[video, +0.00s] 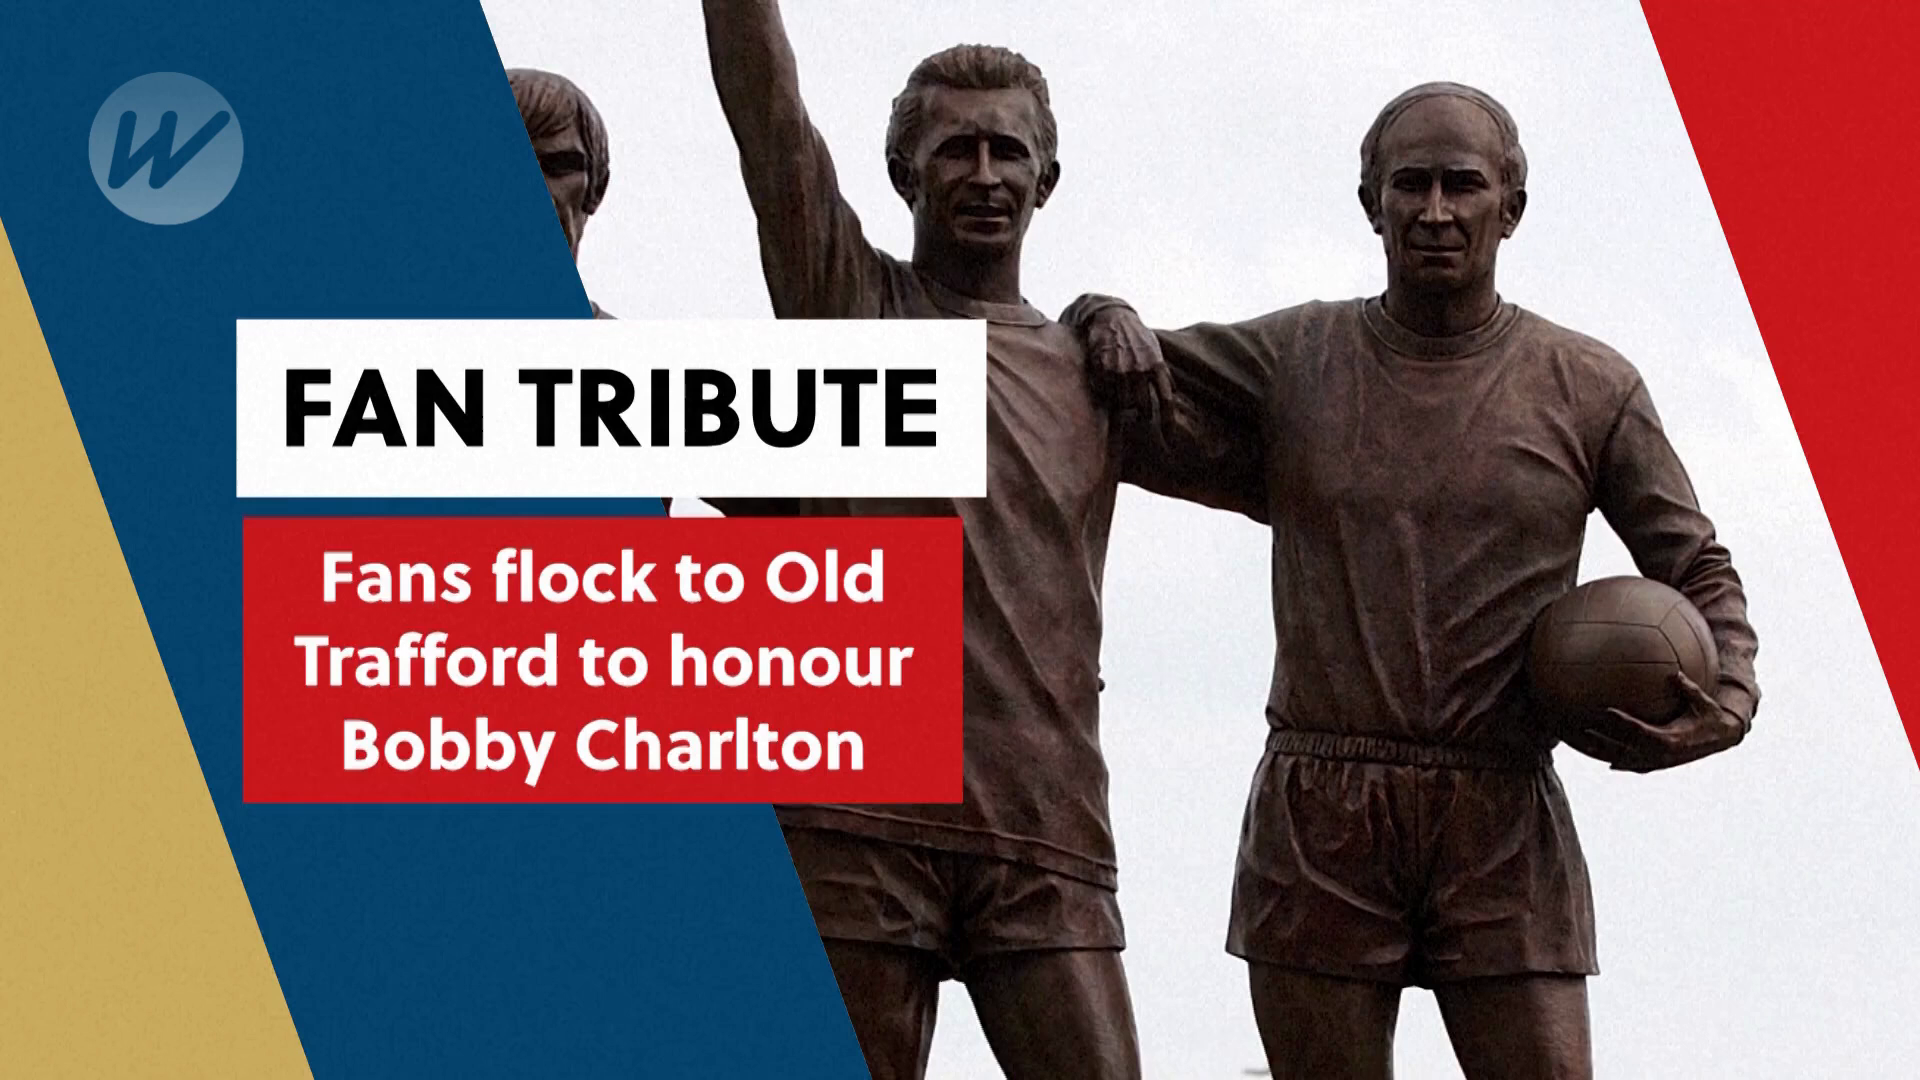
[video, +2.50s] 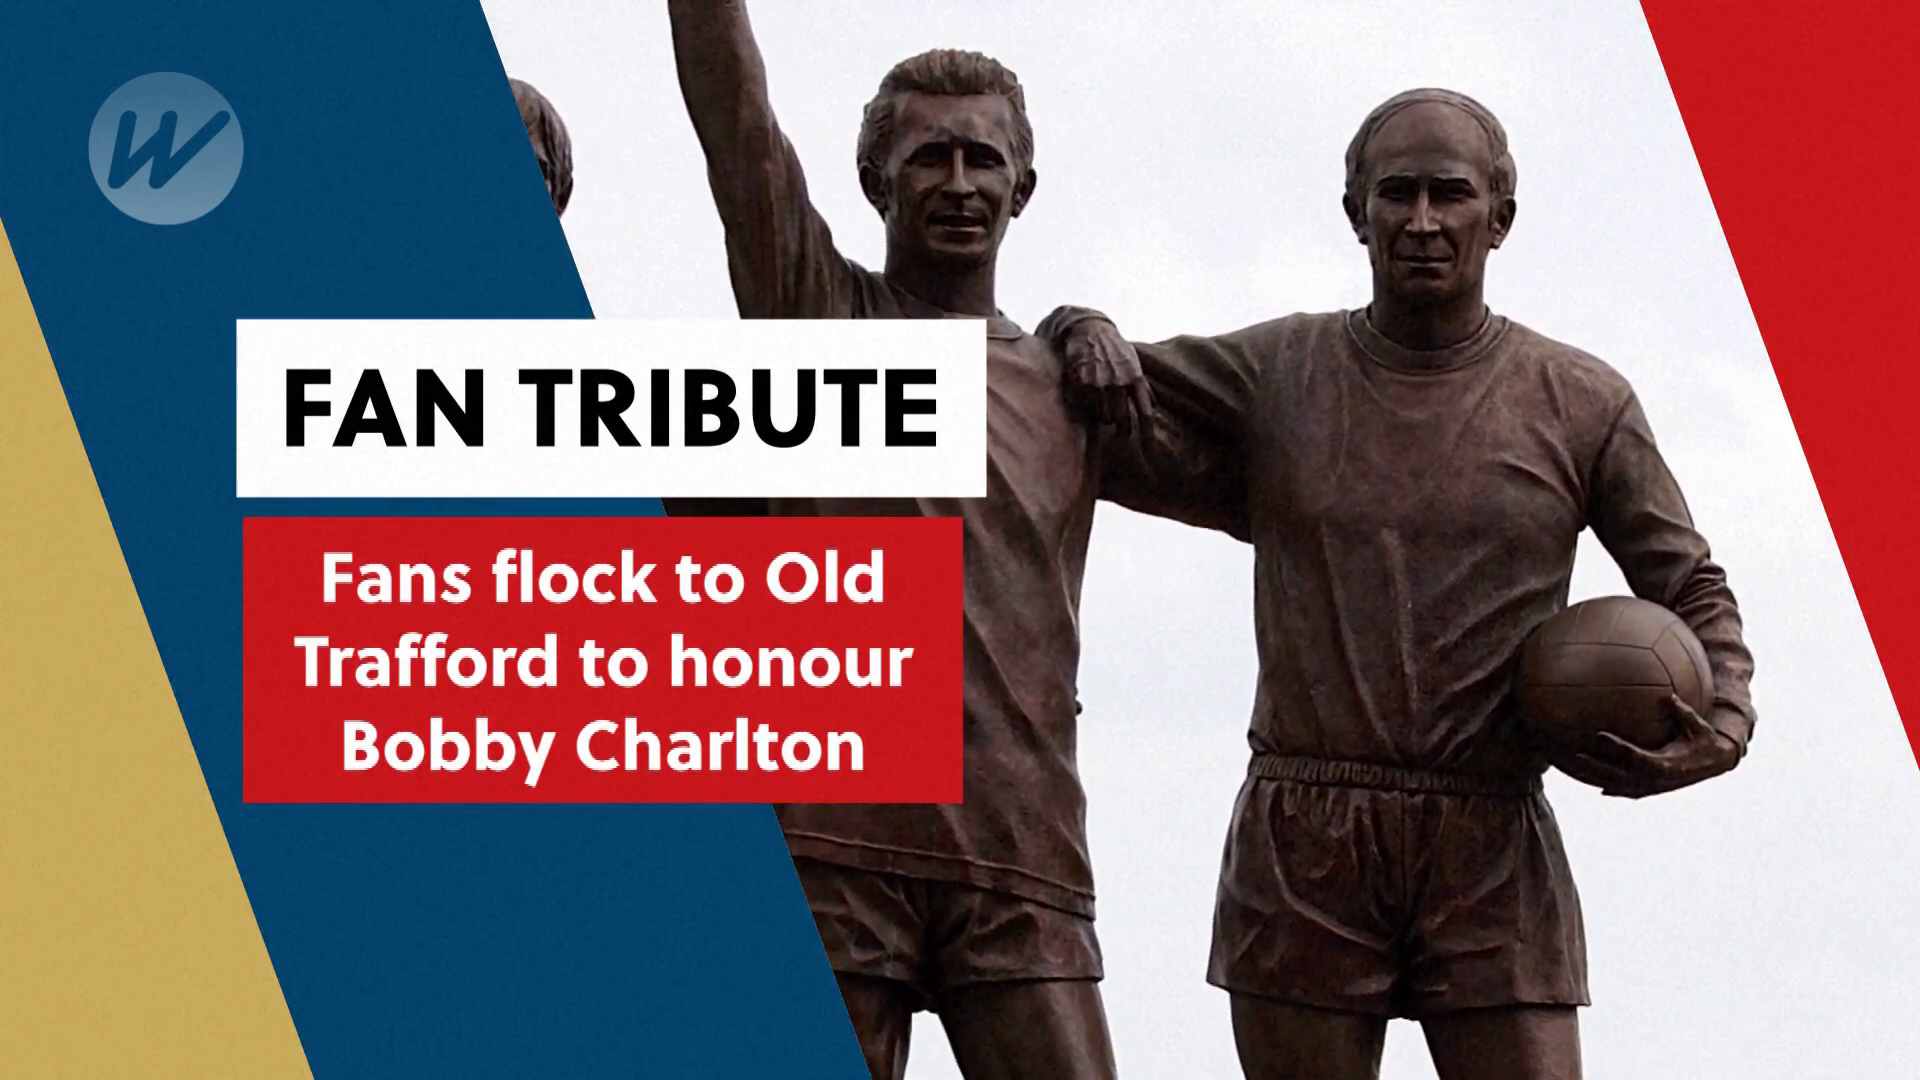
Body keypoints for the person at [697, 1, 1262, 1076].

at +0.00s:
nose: (985, 172)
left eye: (1009, 150)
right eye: (956, 149)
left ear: (1043, 177)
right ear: (903, 174)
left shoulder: (1094, 375)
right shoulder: (843, 303)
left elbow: (1293, 464)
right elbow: (761, 101)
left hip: (1047, 837)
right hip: (850, 827)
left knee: (1099, 1068)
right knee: (859, 1062)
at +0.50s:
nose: (979, 173)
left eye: (1003, 151)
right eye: (950, 150)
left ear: (1040, 177)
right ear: (898, 173)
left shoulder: (1089, 378)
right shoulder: (836, 305)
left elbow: (1289, 466)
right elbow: (756, 104)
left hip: (1040, 844)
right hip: (846, 832)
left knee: (1096, 1068)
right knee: (854, 1064)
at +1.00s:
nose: (974, 175)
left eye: (999, 154)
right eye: (945, 152)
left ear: (1037, 179)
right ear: (890, 172)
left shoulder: (1087, 376)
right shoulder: (829, 305)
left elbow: (1282, 467)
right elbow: (755, 122)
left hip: (1036, 851)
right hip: (838, 840)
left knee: (1090, 1063)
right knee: (843, 1062)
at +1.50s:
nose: (970, 177)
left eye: (994, 154)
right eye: (940, 153)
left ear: (1030, 181)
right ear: (888, 176)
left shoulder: (1081, 387)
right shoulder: (825, 310)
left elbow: (1286, 481)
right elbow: (748, 119)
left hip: (1031, 854)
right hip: (838, 843)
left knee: (1084, 1063)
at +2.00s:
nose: (963, 178)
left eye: (987, 156)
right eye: (933, 156)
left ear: (1024, 184)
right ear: (882, 182)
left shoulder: (1077, 388)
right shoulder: (820, 314)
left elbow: (1283, 482)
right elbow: (741, 122)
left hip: (1027, 859)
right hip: (833, 851)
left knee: (1079, 1067)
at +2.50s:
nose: (959, 180)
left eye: (983, 157)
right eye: (928, 157)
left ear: (1020, 184)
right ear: (876, 181)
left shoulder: (1071, 390)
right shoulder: (815, 317)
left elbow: (1279, 487)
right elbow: (735, 125)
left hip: (1021, 863)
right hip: (828, 857)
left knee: (1074, 1068)